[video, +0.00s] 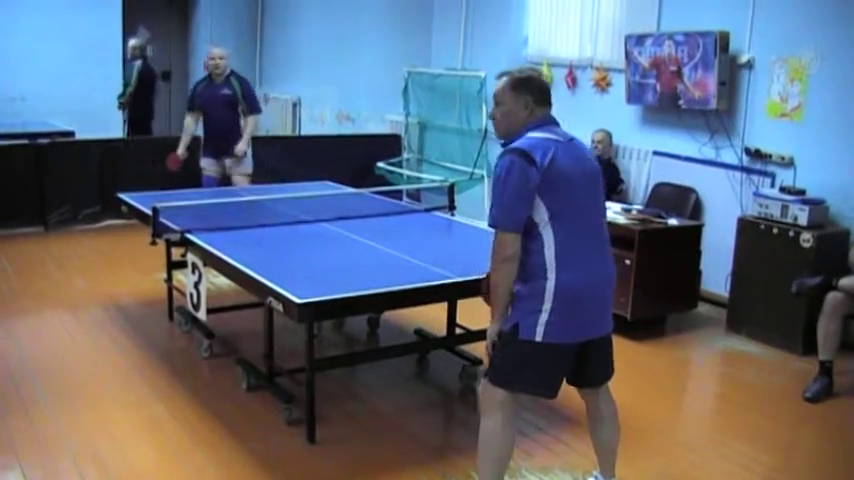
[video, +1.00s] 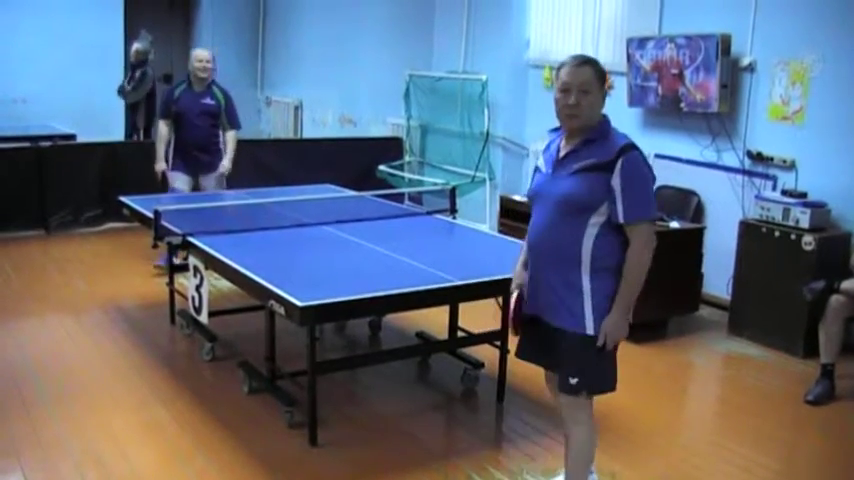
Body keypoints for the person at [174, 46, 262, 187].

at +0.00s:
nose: (216, 63)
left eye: (220, 59)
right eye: (212, 59)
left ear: (227, 61)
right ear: (207, 62)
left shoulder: (239, 84)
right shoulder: (200, 87)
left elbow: (251, 114)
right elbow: (191, 117)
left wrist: (244, 142)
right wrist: (182, 148)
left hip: (236, 149)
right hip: (210, 149)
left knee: (242, 194)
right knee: (209, 196)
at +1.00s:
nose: (204, 66)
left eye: (208, 62)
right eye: (199, 62)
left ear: (213, 66)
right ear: (190, 65)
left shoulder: (221, 95)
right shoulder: (175, 92)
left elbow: (231, 129)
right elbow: (164, 124)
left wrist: (228, 159)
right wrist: (160, 159)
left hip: (212, 163)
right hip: (180, 162)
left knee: (215, 211)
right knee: (176, 210)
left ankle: (216, 256)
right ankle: (171, 253)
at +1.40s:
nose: (170, 67)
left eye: (174, 61)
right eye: (164, 63)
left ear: (180, 64)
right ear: (155, 68)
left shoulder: (195, 91)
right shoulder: (147, 96)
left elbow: (210, 126)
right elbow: (139, 132)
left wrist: (214, 159)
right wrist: (139, 168)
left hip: (195, 164)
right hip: (162, 168)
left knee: (204, 215)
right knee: (168, 218)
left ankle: (205, 259)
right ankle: (172, 260)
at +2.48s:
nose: (202, 71)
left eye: (206, 67)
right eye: (197, 68)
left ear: (213, 69)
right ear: (189, 71)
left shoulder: (223, 96)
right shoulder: (176, 98)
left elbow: (235, 127)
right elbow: (166, 131)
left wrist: (233, 157)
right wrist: (167, 165)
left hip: (217, 167)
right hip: (186, 168)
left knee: (221, 215)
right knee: (181, 215)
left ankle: (224, 262)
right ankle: (178, 261)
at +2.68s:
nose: (222, 75)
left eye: (225, 70)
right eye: (217, 70)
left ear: (228, 72)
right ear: (205, 72)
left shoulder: (231, 95)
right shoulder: (188, 93)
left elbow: (240, 128)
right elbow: (177, 125)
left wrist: (244, 154)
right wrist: (198, 148)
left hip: (224, 162)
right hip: (194, 163)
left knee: (227, 211)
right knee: (191, 213)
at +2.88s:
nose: (234, 83)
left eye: (236, 79)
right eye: (230, 78)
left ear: (239, 78)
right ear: (215, 73)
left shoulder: (236, 98)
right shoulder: (195, 92)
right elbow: (189, 123)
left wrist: (245, 133)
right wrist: (223, 124)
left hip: (226, 160)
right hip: (199, 161)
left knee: (228, 208)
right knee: (202, 209)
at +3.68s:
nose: (242, 82)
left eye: (245, 77)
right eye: (238, 78)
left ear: (248, 77)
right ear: (226, 76)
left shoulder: (249, 100)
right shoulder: (209, 95)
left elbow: (253, 135)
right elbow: (200, 127)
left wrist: (253, 165)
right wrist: (217, 130)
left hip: (240, 160)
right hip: (214, 160)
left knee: (238, 208)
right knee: (212, 207)